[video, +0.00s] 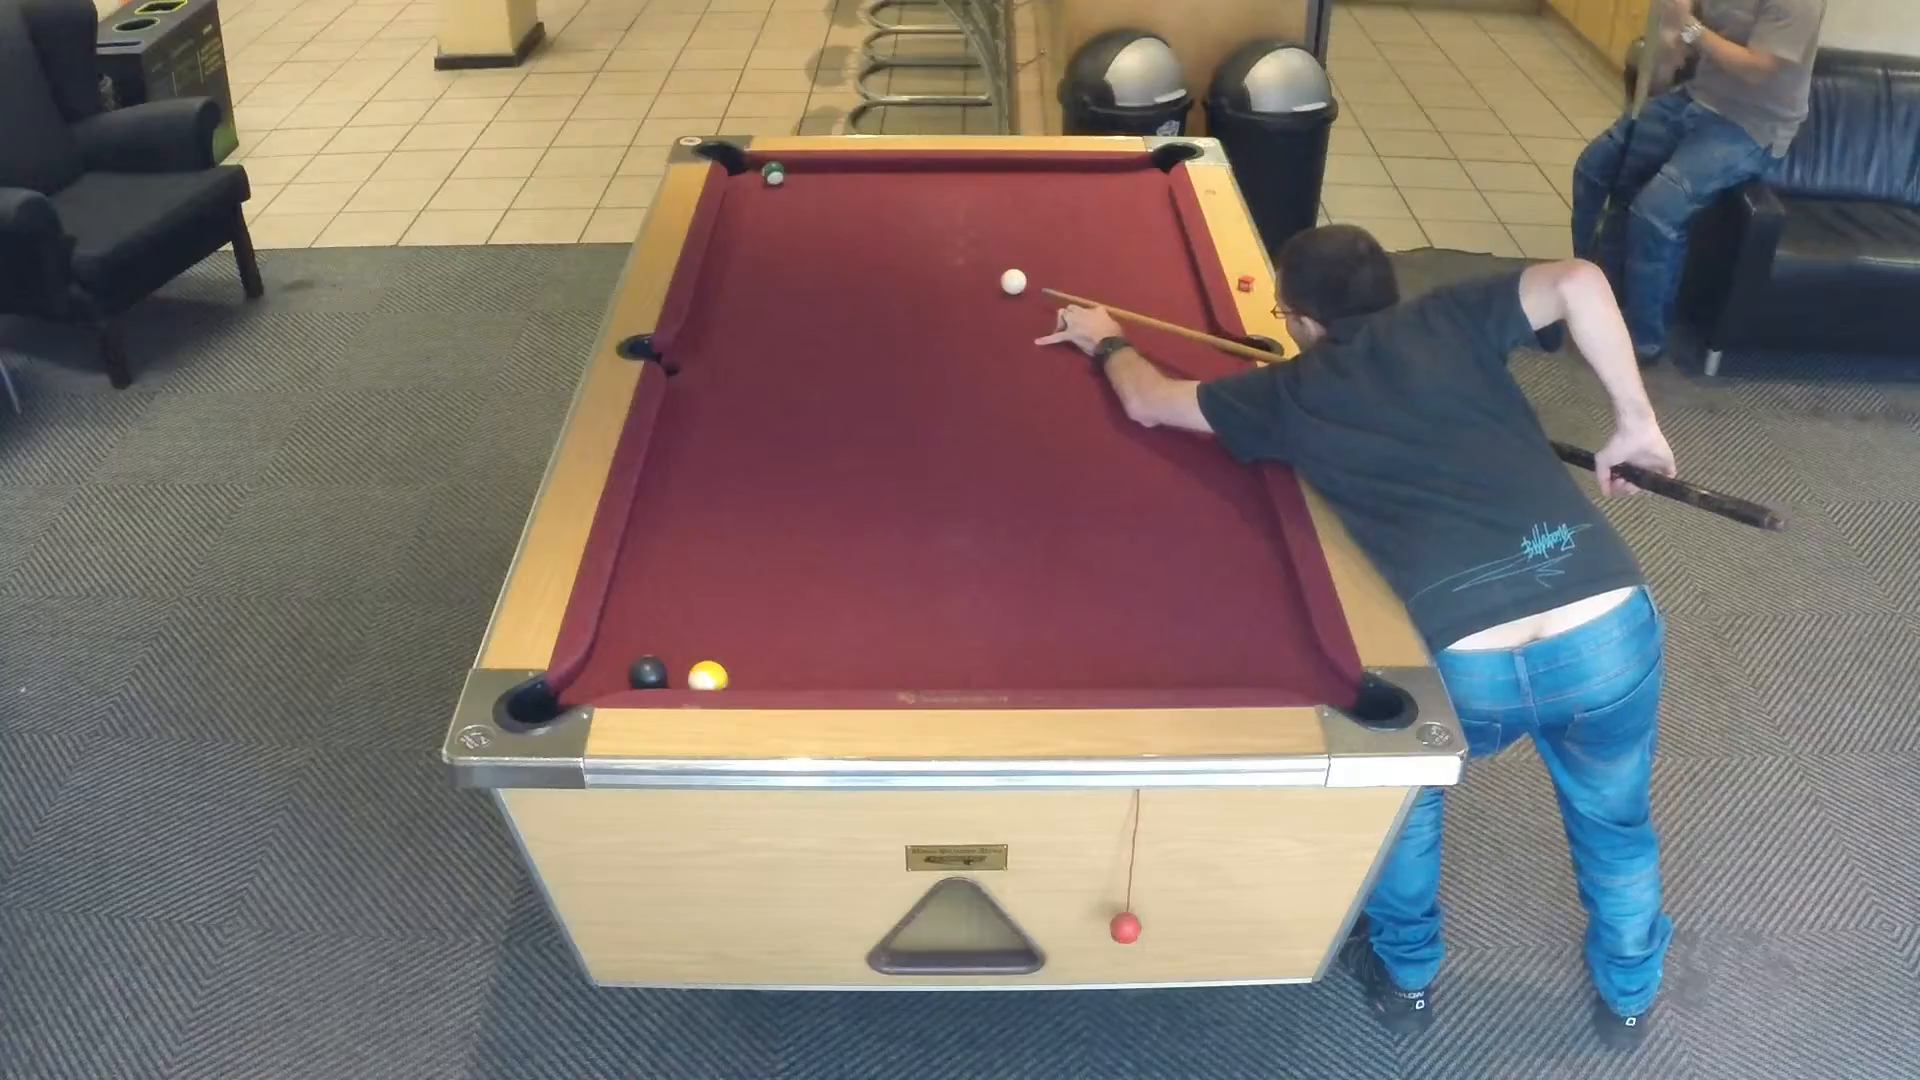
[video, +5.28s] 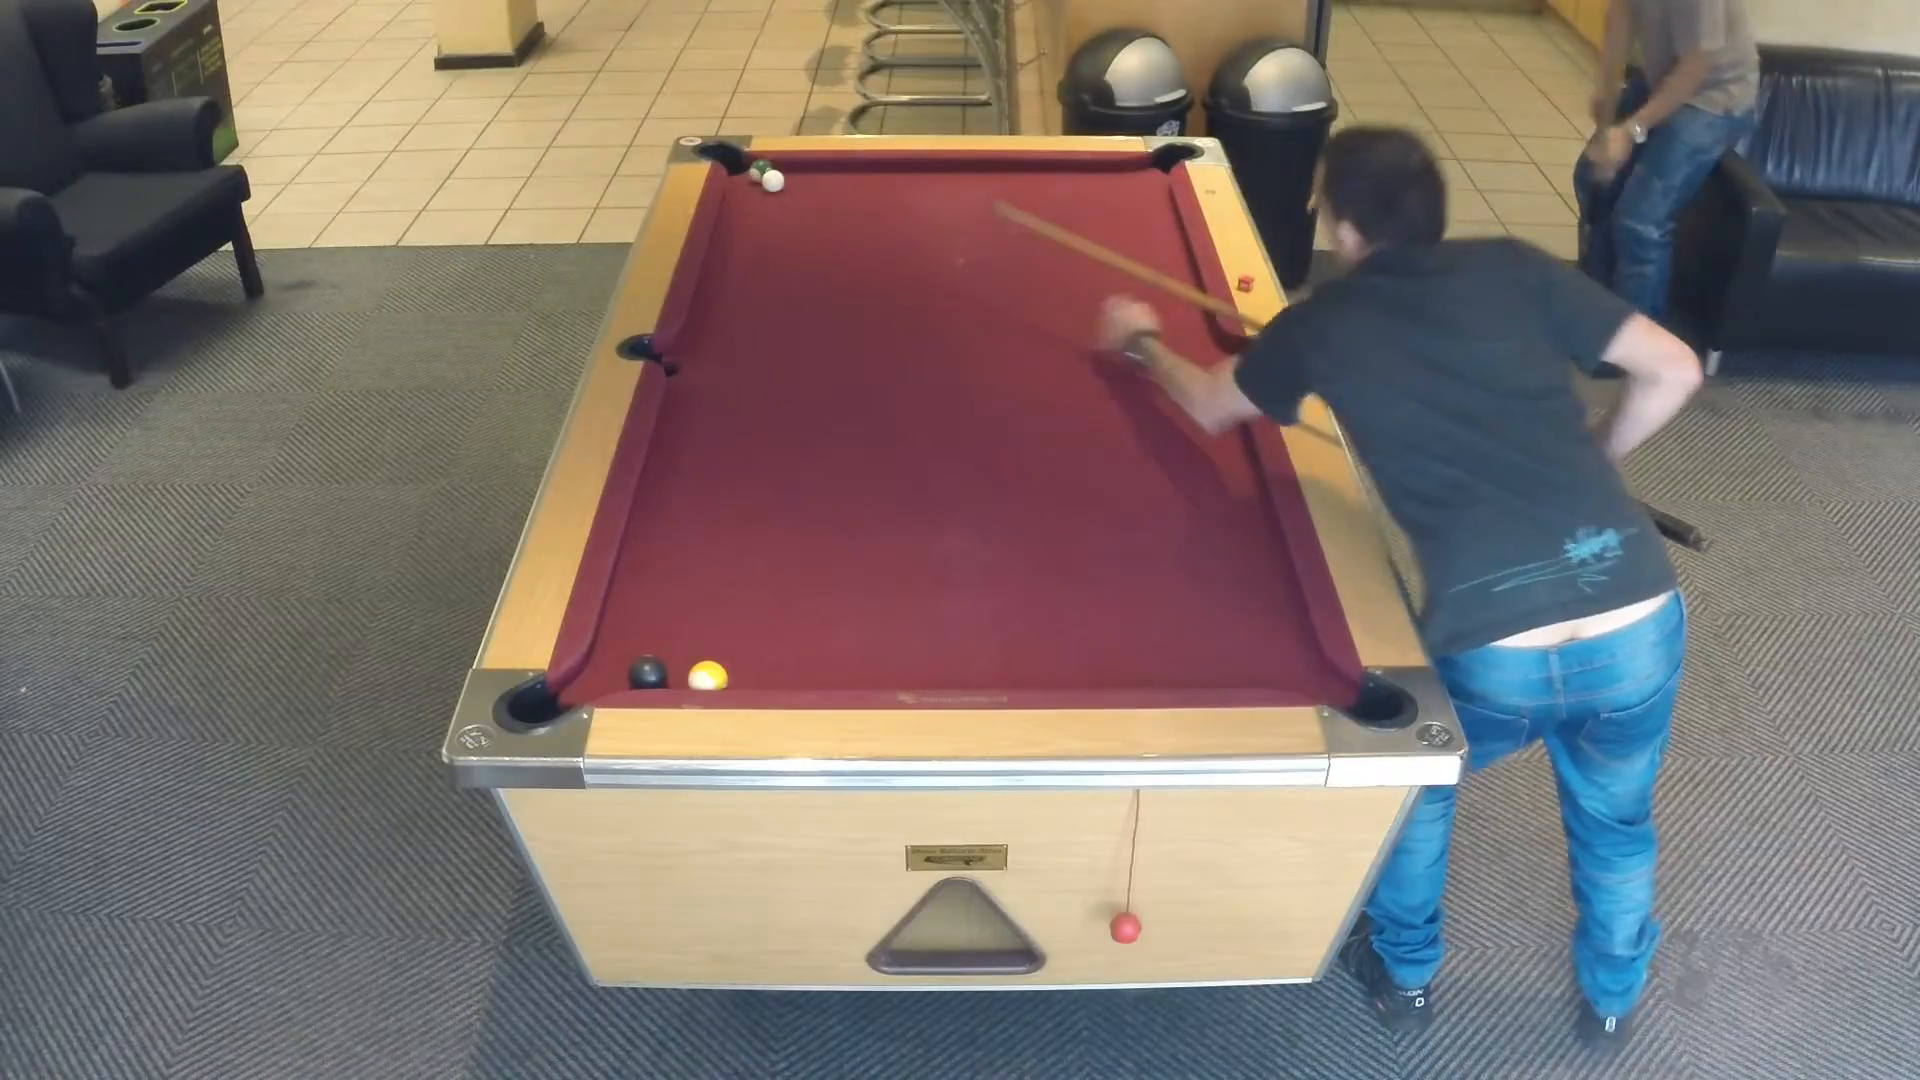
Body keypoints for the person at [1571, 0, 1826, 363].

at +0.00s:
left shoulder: (1797, 6)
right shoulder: (1712, 6)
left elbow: (1758, 69)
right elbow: (1657, 78)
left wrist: (1689, 26)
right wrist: (1669, 37)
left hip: (1748, 127)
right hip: (1694, 101)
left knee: (1653, 211)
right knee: (1592, 170)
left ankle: (1643, 342)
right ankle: (1586, 300)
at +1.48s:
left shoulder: (1794, 6)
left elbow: (1747, 68)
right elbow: (1682, 75)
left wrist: (1682, 18)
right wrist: (1680, 39)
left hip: (1749, 126)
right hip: (1692, 100)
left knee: (1655, 210)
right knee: (1593, 168)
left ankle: (1645, 342)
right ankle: (1592, 303)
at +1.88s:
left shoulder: (1794, 6)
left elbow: (1767, 74)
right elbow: (1688, 37)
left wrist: (1701, 29)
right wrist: (1672, 99)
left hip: (1749, 127)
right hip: (1692, 105)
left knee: (1655, 209)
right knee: (1594, 169)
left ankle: (1644, 345)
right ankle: (1590, 301)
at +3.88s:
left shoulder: (1792, 6)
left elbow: (1770, 76)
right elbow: (1686, 42)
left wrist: (1704, 29)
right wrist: (1665, 106)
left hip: (1746, 128)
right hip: (1689, 104)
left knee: (1653, 211)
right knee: (1595, 168)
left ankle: (1643, 342)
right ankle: (1592, 300)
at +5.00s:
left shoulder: (1741, 6)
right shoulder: (1666, 5)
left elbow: (1734, 77)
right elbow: (1657, 51)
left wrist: (1667, 34)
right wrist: (1647, 112)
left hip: (1742, 122)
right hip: (1682, 107)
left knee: (1649, 212)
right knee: (1590, 171)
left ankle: (1636, 343)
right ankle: (1592, 309)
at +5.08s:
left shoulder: (1728, 6)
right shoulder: (1650, 5)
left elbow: (1725, 79)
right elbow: (1648, 45)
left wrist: (1652, 49)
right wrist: (1640, 109)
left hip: (1738, 114)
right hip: (1678, 101)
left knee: (1646, 213)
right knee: (1591, 172)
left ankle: (1634, 343)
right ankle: (1593, 307)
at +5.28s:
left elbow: (1694, 67)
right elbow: (1620, 11)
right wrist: (1607, 89)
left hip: (1718, 93)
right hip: (1659, 79)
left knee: (1639, 221)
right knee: (1593, 176)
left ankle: (1634, 344)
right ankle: (1594, 304)